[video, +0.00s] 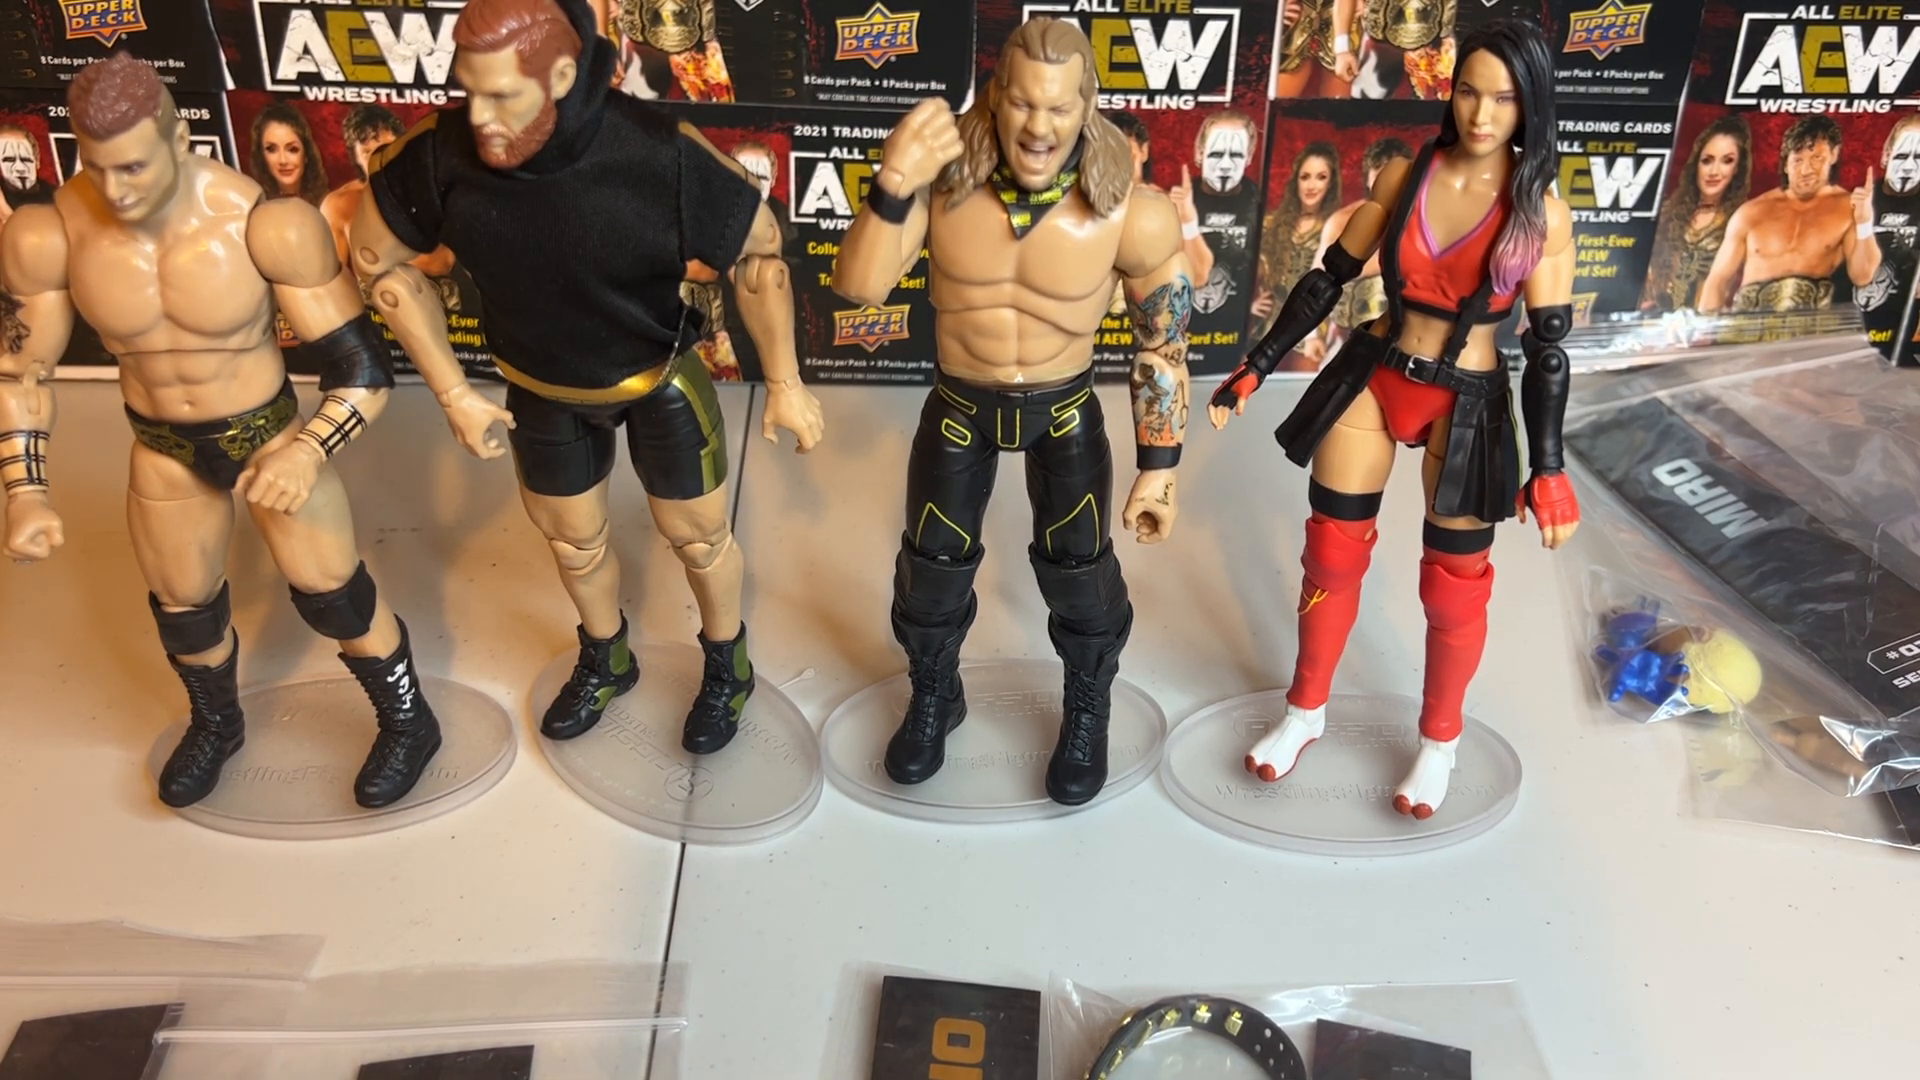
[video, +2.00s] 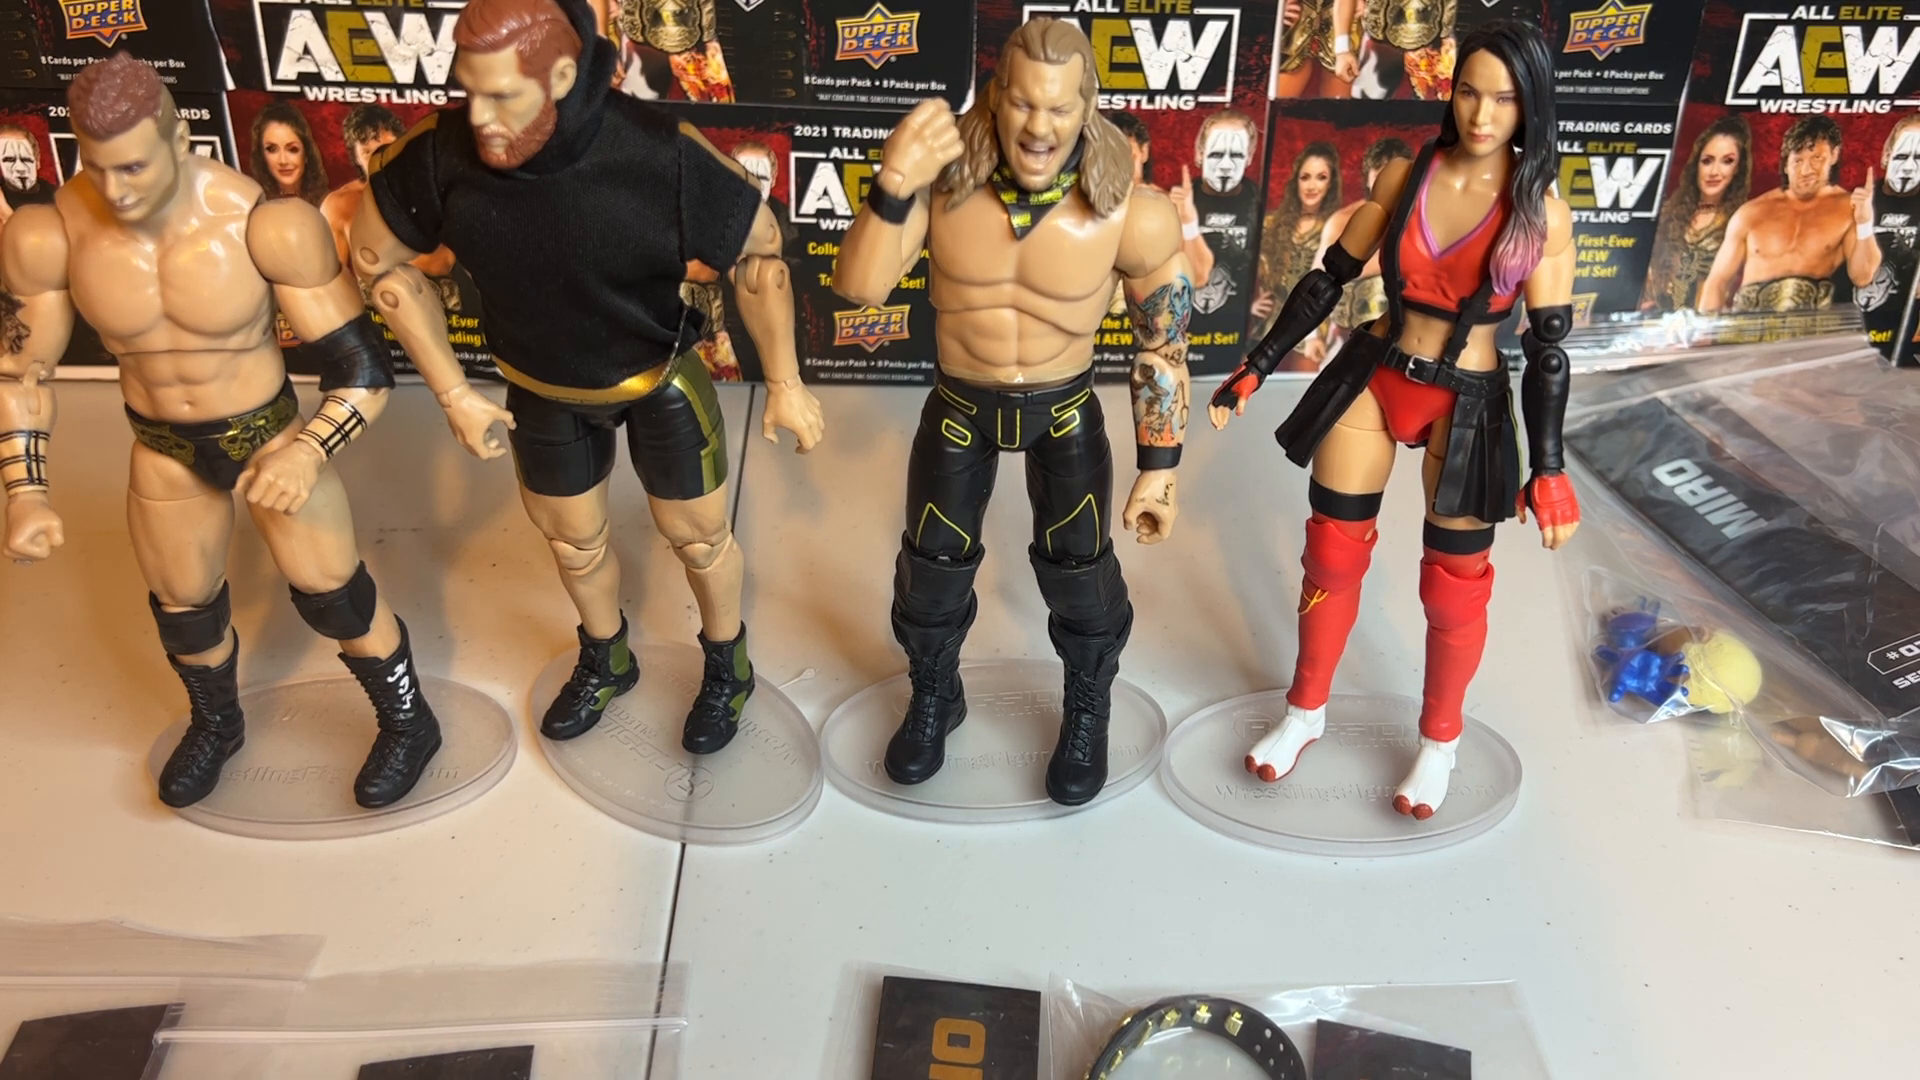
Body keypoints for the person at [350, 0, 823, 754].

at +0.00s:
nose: (481, 119)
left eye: (503, 96)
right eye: (468, 95)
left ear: (564, 76)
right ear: (456, 81)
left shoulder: (653, 155)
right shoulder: (443, 159)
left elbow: (757, 246)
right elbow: (372, 251)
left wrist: (784, 381)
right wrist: (452, 392)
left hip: (661, 382)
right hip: (542, 395)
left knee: (700, 540)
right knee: (575, 546)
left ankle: (726, 666)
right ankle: (607, 660)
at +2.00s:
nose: (481, 119)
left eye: (503, 96)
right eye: (468, 95)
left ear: (564, 76)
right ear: (457, 81)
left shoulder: (653, 155)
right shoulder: (443, 159)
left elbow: (757, 245)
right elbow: (372, 251)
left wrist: (784, 381)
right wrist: (452, 392)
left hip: (661, 382)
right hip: (542, 394)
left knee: (700, 540)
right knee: (575, 546)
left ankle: (726, 666)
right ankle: (607, 661)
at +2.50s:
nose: (481, 119)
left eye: (503, 96)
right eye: (468, 95)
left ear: (564, 76)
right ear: (457, 81)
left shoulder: (653, 155)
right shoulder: (442, 159)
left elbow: (757, 246)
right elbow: (373, 252)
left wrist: (784, 382)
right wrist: (453, 392)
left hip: (661, 381)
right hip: (542, 394)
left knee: (700, 540)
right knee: (575, 545)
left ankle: (726, 667)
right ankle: (607, 661)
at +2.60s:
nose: (481, 119)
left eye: (503, 96)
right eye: (468, 95)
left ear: (564, 76)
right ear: (457, 81)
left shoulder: (653, 155)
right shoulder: (443, 159)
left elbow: (757, 245)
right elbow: (372, 252)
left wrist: (784, 381)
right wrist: (452, 392)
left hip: (661, 381)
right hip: (542, 394)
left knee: (700, 540)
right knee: (575, 546)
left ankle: (726, 666)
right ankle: (607, 661)